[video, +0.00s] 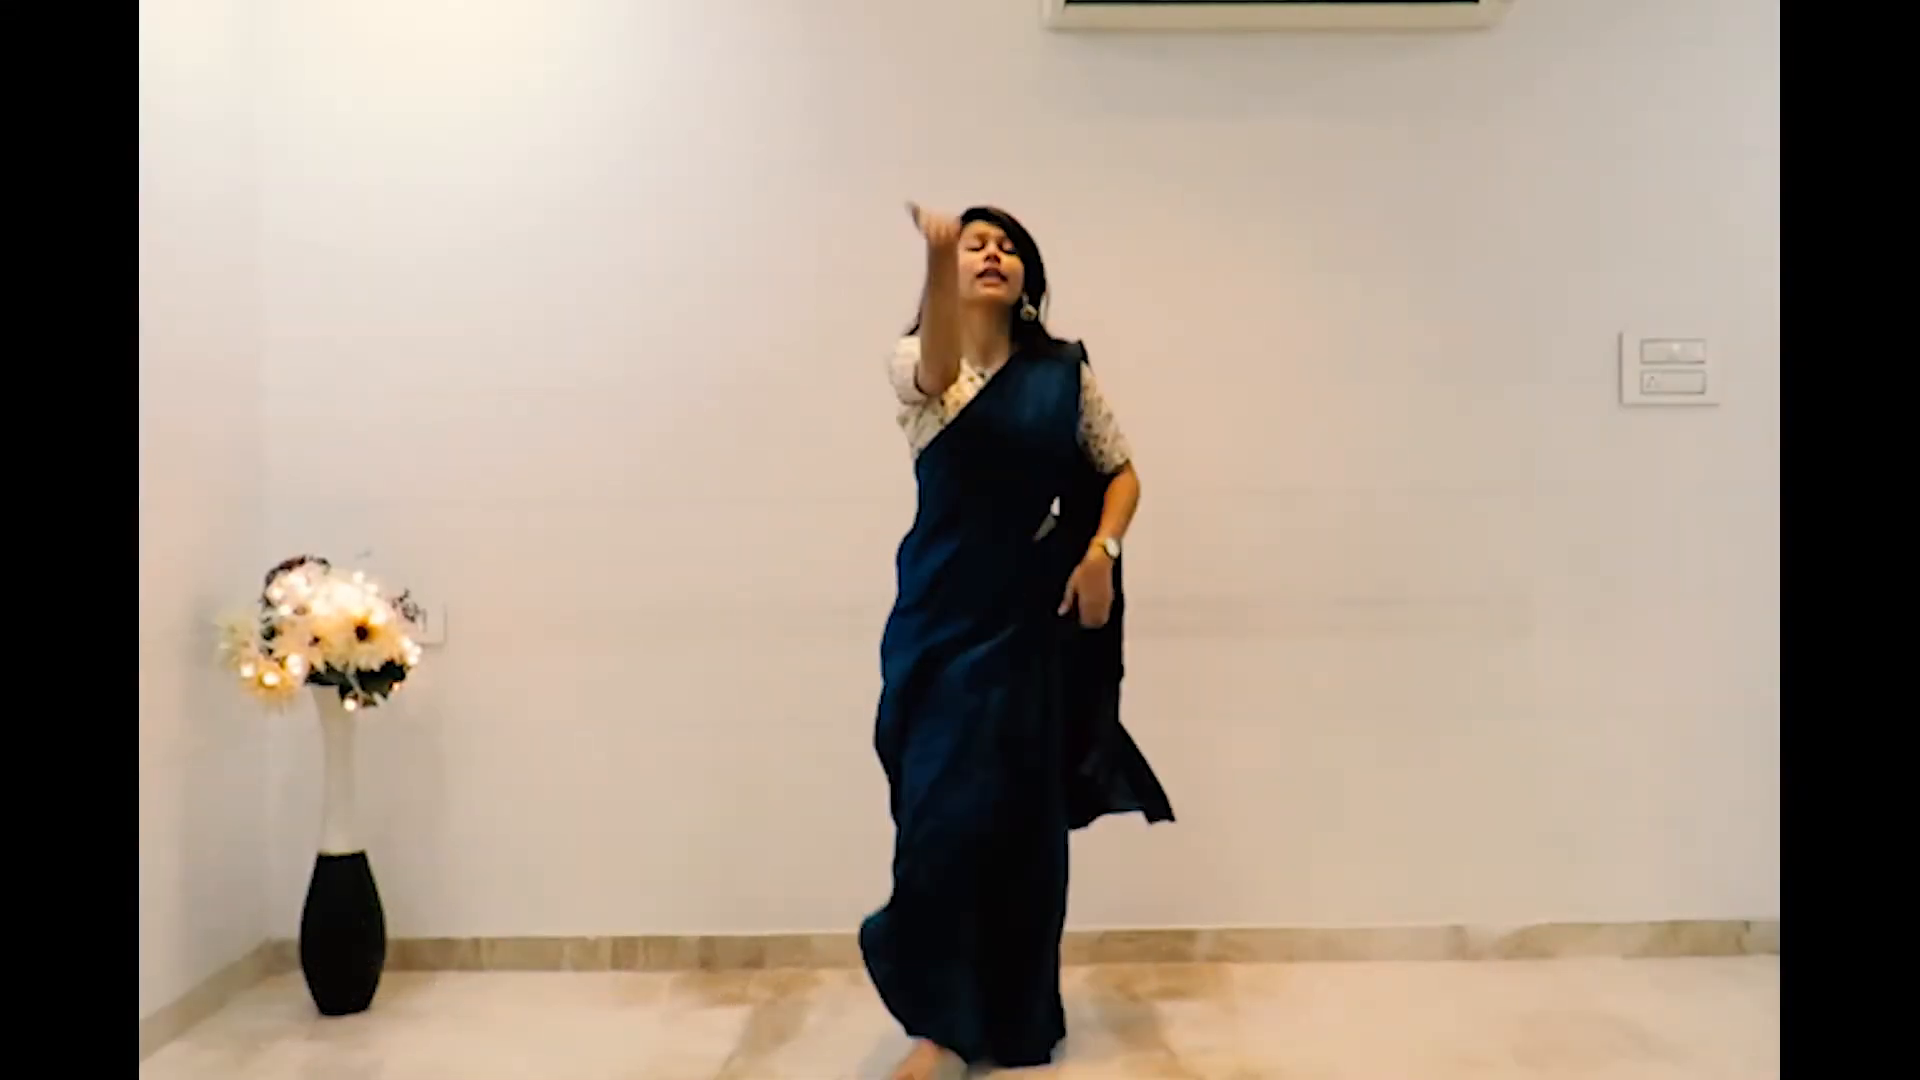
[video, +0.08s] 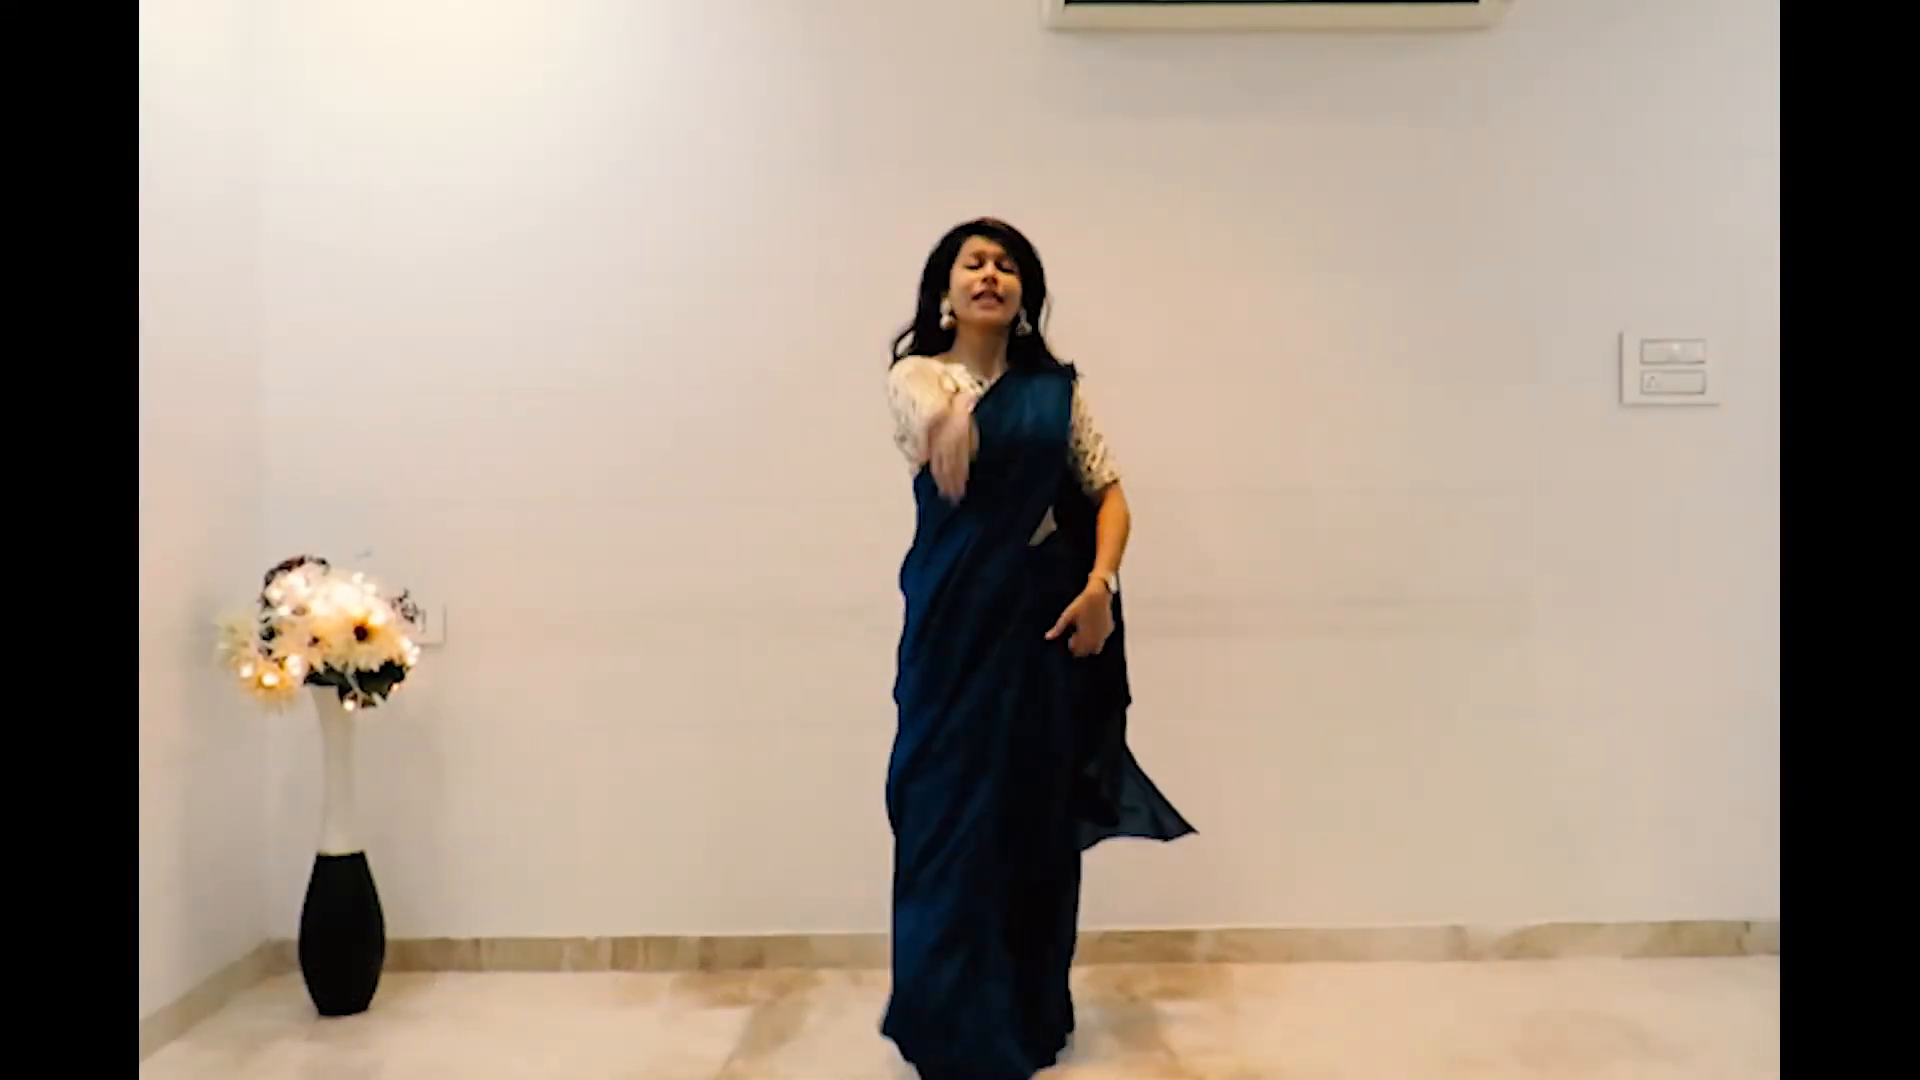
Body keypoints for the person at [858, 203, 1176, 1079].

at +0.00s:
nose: (989, 253)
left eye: (1005, 247)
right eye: (972, 244)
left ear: (1027, 281)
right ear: (947, 279)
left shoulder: (1063, 370)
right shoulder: (925, 371)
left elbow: (1123, 476)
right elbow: (936, 349)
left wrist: (1101, 550)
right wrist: (939, 256)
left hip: (1032, 618)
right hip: (937, 616)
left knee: (1021, 821)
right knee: (939, 818)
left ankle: (1010, 1030)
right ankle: (937, 1030)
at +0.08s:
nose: (990, 274)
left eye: (1005, 265)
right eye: (973, 262)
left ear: (1026, 293)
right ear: (943, 287)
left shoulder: (1060, 385)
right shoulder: (916, 376)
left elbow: (1110, 498)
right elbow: (943, 457)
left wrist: (1101, 585)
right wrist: (971, 385)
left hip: (1044, 630)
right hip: (950, 628)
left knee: (1033, 821)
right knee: (949, 820)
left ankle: (1027, 1015)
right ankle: (948, 1029)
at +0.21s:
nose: (978, 285)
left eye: (996, 274)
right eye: (964, 275)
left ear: (1026, 302)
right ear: (945, 303)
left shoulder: (1066, 389)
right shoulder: (921, 396)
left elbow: (1128, 502)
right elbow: (927, 506)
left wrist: (1082, 603)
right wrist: (865, 459)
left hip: (1037, 644)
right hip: (945, 643)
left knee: (1034, 831)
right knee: (916, 821)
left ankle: (1038, 1038)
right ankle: (956, 1040)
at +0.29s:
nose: (962, 272)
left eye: (982, 261)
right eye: (953, 261)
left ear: (1020, 281)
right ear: (941, 280)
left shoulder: (1050, 361)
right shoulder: (930, 374)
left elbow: (1118, 461)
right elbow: (858, 423)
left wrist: (1054, 566)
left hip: (1022, 624)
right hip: (936, 620)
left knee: (1024, 810)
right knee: (903, 807)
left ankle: (1044, 1015)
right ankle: (956, 1019)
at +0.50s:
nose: (950, 280)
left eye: (965, 272)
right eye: (954, 268)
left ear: (1004, 288)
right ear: (985, 285)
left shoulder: (1007, 353)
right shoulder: (966, 355)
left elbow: (1039, 436)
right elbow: (916, 335)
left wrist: (965, 523)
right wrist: (886, 323)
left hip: (986, 614)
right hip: (936, 613)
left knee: (1037, 788)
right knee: (949, 793)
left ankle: (1141, 991)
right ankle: (974, 985)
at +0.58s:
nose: (954, 318)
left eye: (970, 309)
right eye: (957, 304)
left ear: (1007, 326)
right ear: (992, 322)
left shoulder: (1003, 398)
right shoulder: (989, 396)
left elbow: (1010, 499)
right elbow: (955, 451)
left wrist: (932, 569)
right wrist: (903, 441)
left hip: (975, 644)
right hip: (952, 638)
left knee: (1008, 816)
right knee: (929, 806)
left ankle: (1150, 1009)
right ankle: (980, 986)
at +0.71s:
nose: (953, 317)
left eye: (964, 305)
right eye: (957, 303)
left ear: (996, 318)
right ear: (1012, 316)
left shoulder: (1029, 391)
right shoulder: (976, 408)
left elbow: (1068, 482)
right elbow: (869, 491)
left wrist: (974, 550)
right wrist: (877, 469)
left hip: (1007, 652)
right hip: (952, 652)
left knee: (1028, 832)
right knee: (926, 817)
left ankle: (1161, 1019)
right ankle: (983, 987)